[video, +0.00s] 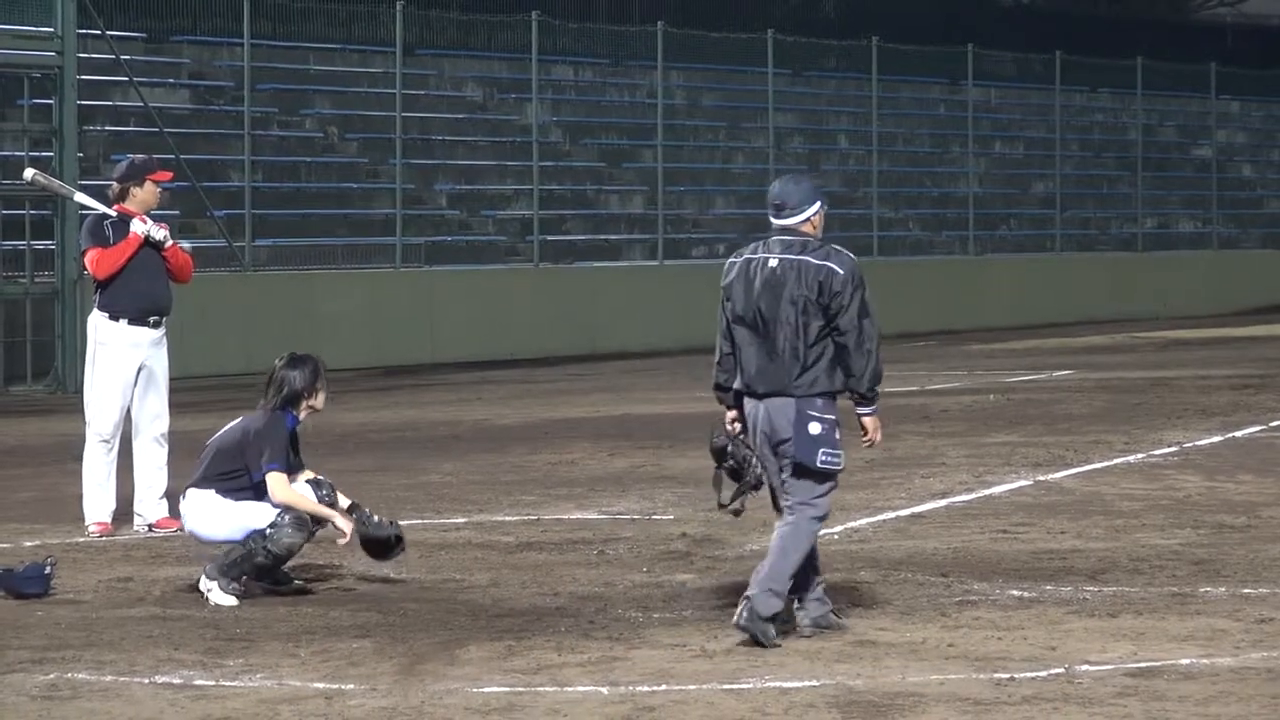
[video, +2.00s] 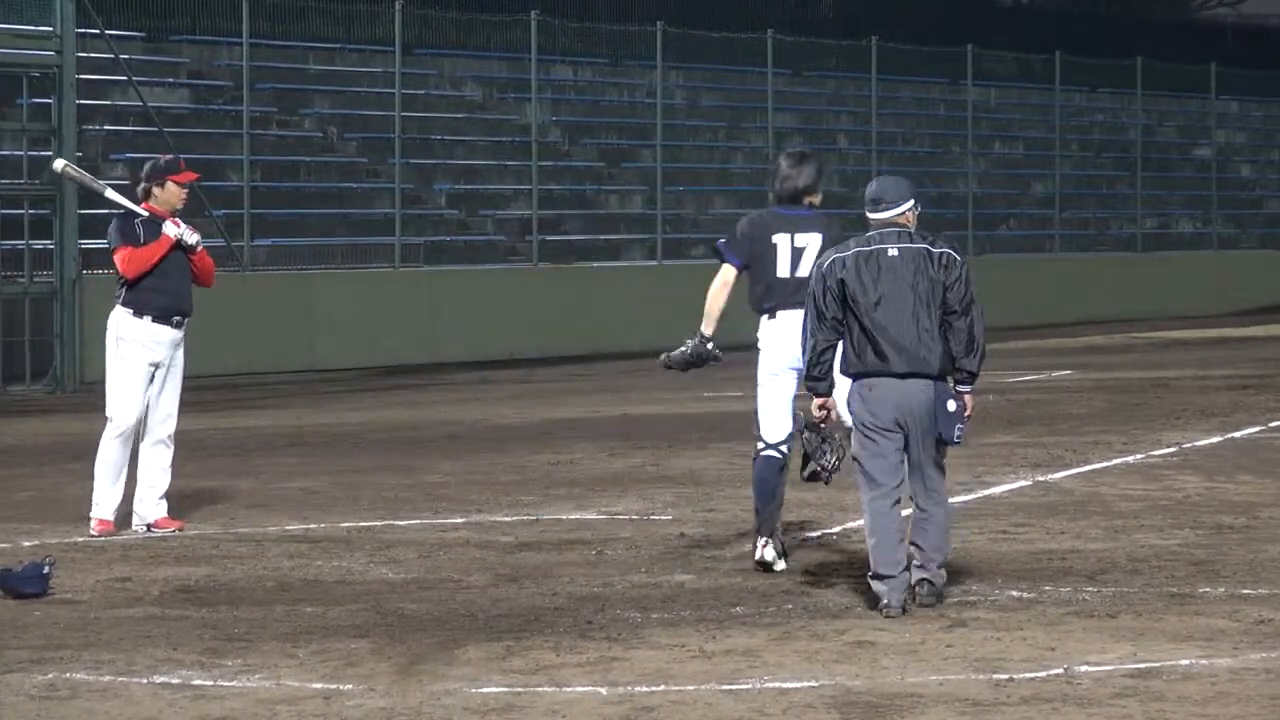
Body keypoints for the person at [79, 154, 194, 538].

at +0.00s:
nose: (159, 191)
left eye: (159, 185)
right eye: (154, 185)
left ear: (138, 189)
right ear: (132, 188)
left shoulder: (155, 229)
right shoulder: (100, 222)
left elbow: (185, 273)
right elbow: (99, 268)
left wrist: (166, 243)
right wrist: (137, 236)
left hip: (155, 335)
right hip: (114, 334)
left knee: (153, 428)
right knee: (104, 429)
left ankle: (152, 512)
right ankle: (99, 517)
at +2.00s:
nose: (186, 193)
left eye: (186, 186)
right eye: (180, 186)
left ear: (171, 189)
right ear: (156, 188)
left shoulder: (179, 229)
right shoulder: (126, 223)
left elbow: (207, 277)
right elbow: (129, 268)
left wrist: (194, 248)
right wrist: (167, 238)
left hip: (172, 336)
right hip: (134, 331)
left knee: (160, 429)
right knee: (124, 422)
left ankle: (150, 513)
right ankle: (103, 512)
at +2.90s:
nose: (216, 188)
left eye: (215, 182)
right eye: (210, 182)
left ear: (194, 188)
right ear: (188, 187)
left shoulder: (212, 228)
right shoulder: (163, 225)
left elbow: (217, 281)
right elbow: (145, 281)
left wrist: (231, 327)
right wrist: (176, 324)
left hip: (209, 337)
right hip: (173, 335)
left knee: (210, 422)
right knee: (172, 427)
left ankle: (163, 492)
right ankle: (179, 516)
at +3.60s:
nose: (283, 191)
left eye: (282, 185)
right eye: (277, 185)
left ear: (264, 187)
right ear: (255, 186)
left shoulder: (269, 228)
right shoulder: (225, 225)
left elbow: (266, 281)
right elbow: (210, 282)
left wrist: (275, 328)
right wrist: (224, 340)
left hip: (273, 339)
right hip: (234, 337)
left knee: (273, 433)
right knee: (219, 428)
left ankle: (274, 518)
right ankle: (191, 505)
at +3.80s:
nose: (301, 191)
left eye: (301, 184)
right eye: (296, 184)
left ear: (283, 186)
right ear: (273, 185)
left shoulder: (290, 227)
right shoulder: (244, 222)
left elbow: (285, 280)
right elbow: (227, 276)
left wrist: (291, 331)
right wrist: (245, 325)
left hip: (285, 336)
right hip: (250, 333)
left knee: (282, 430)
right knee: (250, 421)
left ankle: (275, 516)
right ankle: (224, 504)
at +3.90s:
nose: (309, 188)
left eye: (308, 182)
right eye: (303, 182)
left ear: (291, 185)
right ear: (280, 185)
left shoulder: (297, 227)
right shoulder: (251, 221)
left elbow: (292, 278)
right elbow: (234, 276)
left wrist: (298, 327)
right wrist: (251, 326)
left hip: (290, 336)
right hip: (257, 333)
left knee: (287, 429)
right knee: (262, 424)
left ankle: (280, 514)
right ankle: (254, 515)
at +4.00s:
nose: (313, 189)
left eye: (313, 183)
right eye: (307, 183)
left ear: (296, 186)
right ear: (284, 185)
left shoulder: (303, 228)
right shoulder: (257, 221)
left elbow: (306, 282)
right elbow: (241, 277)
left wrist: (319, 330)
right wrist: (256, 331)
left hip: (297, 337)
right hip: (265, 333)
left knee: (289, 430)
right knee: (269, 427)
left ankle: (272, 517)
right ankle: (285, 517)